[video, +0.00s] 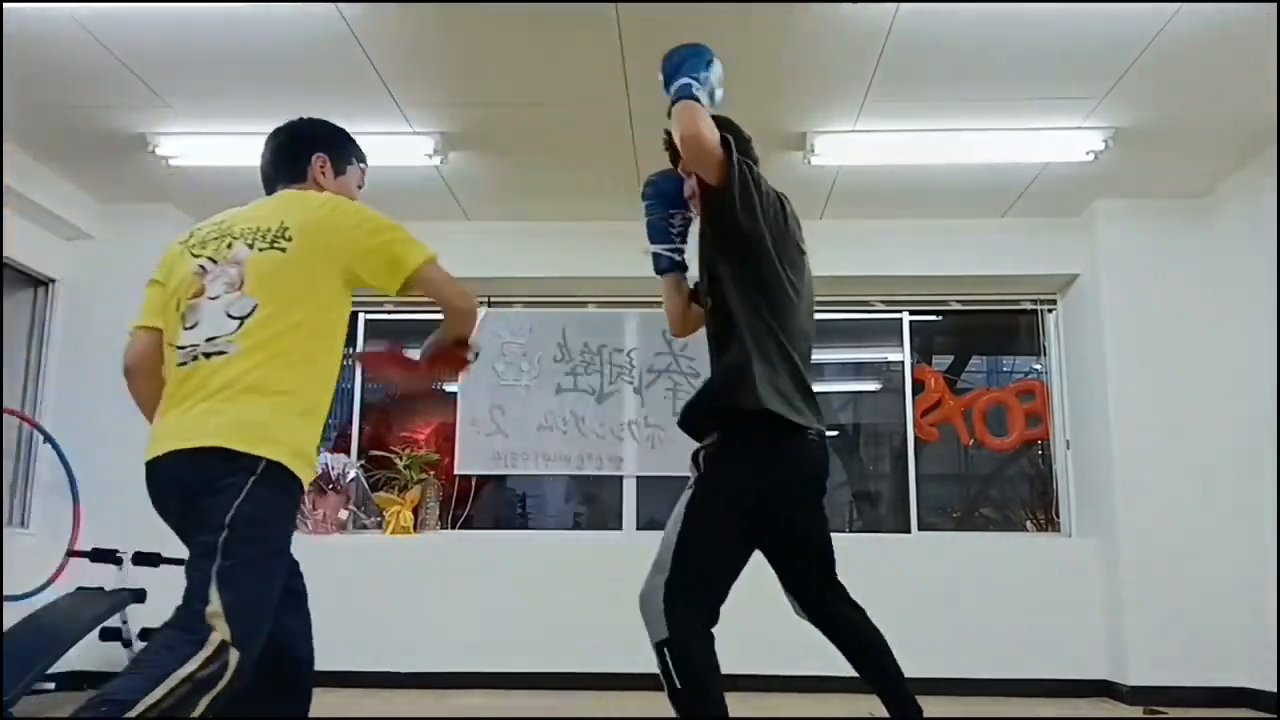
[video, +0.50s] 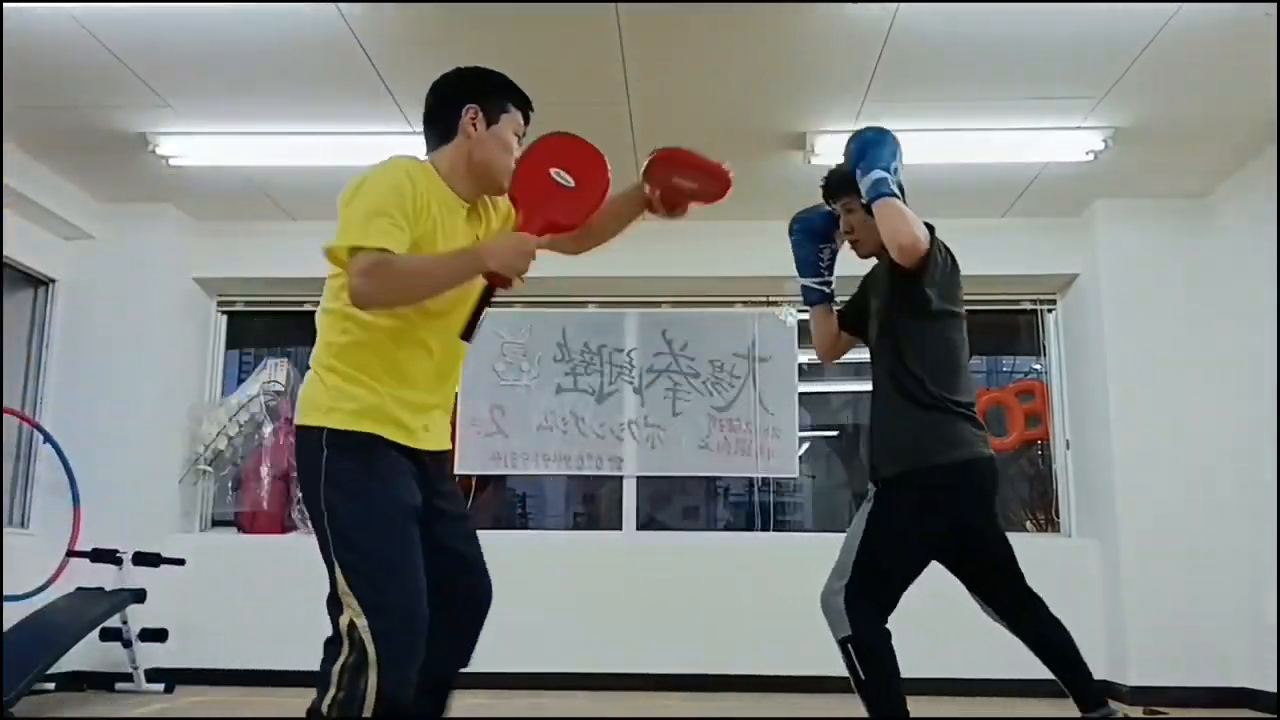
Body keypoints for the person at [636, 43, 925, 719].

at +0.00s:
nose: (683, 183)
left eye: (686, 163)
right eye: (677, 169)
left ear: (715, 154)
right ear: (732, 162)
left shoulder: (754, 203)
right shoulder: (745, 234)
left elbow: (696, 138)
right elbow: (683, 324)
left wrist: (688, 88)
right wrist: (669, 247)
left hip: (757, 444)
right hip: (788, 445)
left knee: (678, 609)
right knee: (820, 597)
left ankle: (707, 716)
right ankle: (908, 711)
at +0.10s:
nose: (729, 205)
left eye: (734, 188)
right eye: (724, 195)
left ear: (764, 177)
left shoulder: (806, 226)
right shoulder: (778, 264)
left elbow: (744, 176)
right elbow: (722, 325)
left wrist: (745, 126)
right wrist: (708, 256)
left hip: (810, 449)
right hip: (830, 451)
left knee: (742, 602)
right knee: (850, 608)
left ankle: (731, 715)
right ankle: (926, 713)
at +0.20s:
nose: (756, 187)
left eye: (757, 170)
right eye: (749, 176)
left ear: (784, 164)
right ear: (763, 182)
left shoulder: (835, 210)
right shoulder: (798, 240)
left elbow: (786, 177)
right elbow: (750, 309)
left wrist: (767, 121)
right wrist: (732, 238)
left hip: (858, 432)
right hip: (859, 432)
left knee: (804, 592)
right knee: (887, 591)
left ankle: (793, 713)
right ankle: (943, 712)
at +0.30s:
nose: (779, 188)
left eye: (781, 171)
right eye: (773, 179)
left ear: (810, 159)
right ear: (786, 184)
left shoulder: (861, 200)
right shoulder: (818, 233)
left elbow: (814, 173)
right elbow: (772, 299)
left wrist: (786, 121)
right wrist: (750, 223)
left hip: (889, 417)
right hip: (894, 417)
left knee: (840, 578)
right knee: (936, 579)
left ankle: (871, 711)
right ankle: (981, 707)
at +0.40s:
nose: (812, 194)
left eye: (817, 179)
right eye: (804, 185)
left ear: (844, 176)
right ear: (810, 195)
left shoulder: (887, 227)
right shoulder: (845, 256)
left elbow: (860, 198)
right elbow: (799, 320)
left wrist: (831, 141)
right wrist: (785, 246)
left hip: (907, 444)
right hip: (913, 443)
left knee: (852, 606)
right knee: (977, 584)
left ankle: (890, 715)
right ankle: (1050, 702)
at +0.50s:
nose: (845, 227)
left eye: (851, 213)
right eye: (840, 217)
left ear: (878, 209)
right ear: (847, 222)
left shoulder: (923, 254)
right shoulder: (877, 283)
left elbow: (905, 245)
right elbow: (828, 346)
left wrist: (879, 181)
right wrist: (814, 275)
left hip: (935, 471)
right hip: (939, 472)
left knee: (853, 606)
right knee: (1011, 600)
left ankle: (890, 715)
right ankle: (1097, 707)